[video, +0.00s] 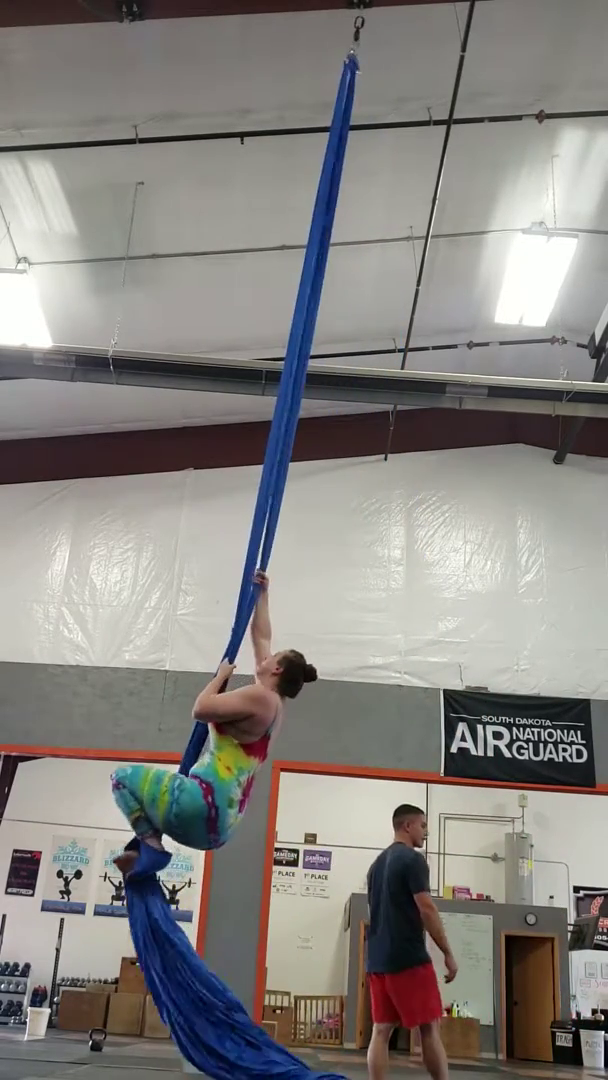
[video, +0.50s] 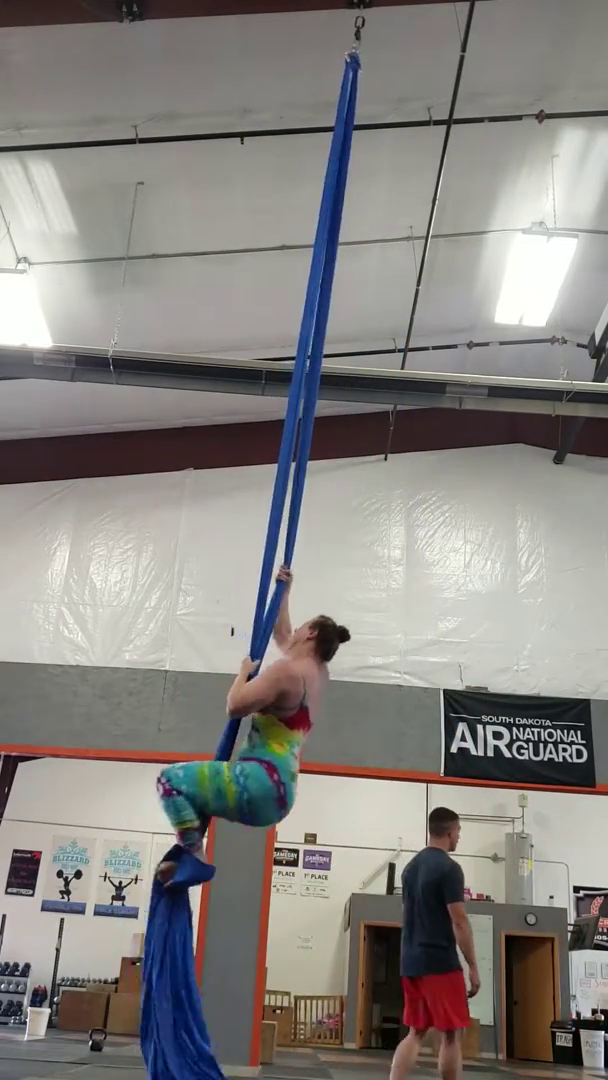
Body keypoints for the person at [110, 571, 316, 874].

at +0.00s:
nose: (266, 659)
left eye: (271, 657)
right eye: (270, 655)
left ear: (275, 670)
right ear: (283, 678)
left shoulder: (260, 697)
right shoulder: (273, 703)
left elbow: (202, 708)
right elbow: (261, 638)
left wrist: (222, 675)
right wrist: (261, 593)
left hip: (201, 805)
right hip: (216, 828)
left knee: (123, 778)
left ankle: (151, 845)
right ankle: (142, 849)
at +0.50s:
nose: (299, 627)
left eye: (304, 624)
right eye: (303, 624)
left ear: (310, 633)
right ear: (322, 641)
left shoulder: (287, 670)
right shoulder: (315, 671)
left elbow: (235, 705)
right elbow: (283, 636)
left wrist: (244, 672)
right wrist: (283, 592)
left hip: (260, 782)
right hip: (280, 793)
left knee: (172, 779)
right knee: (188, 784)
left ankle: (193, 856)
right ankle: (187, 858)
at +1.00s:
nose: (396, 590)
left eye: (402, 588)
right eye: (401, 587)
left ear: (410, 596)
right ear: (421, 608)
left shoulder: (385, 608)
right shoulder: (409, 643)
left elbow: (333, 570)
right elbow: (355, 630)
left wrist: (324, 538)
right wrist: (339, 591)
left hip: (336, 720)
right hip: (357, 744)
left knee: (257, 773)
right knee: (269, 777)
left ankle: (264, 865)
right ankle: (259, 856)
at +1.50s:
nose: (456, 560)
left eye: (463, 556)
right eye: (462, 556)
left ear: (473, 563)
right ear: (482, 573)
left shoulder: (461, 582)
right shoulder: (473, 609)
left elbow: (402, 560)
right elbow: (406, 623)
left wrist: (402, 530)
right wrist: (396, 577)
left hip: (410, 692)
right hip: (431, 709)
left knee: (348, 771)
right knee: (352, 774)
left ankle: (348, 868)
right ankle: (348, 865)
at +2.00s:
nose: (446, 536)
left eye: (451, 534)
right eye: (451, 533)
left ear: (459, 542)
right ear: (470, 553)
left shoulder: (453, 565)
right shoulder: (434, 588)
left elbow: (392, 562)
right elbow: (379, 591)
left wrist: (405, 533)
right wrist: (381, 545)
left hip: (432, 678)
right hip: (460, 694)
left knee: (407, 777)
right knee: (403, 778)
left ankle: (428, 871)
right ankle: (420, 872)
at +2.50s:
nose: (435, 556)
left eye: (441, 553)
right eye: (439, 553)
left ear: (450, 562)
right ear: (459, 569)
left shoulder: (445, 586)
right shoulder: (439, 591)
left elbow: (386, 565)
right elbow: (391, 563)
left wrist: (392, 532)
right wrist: (390, 513)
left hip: (391, 692)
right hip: (405, 702)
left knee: (339, 776)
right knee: (332, 774)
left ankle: (335, 871)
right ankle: (332, 867)